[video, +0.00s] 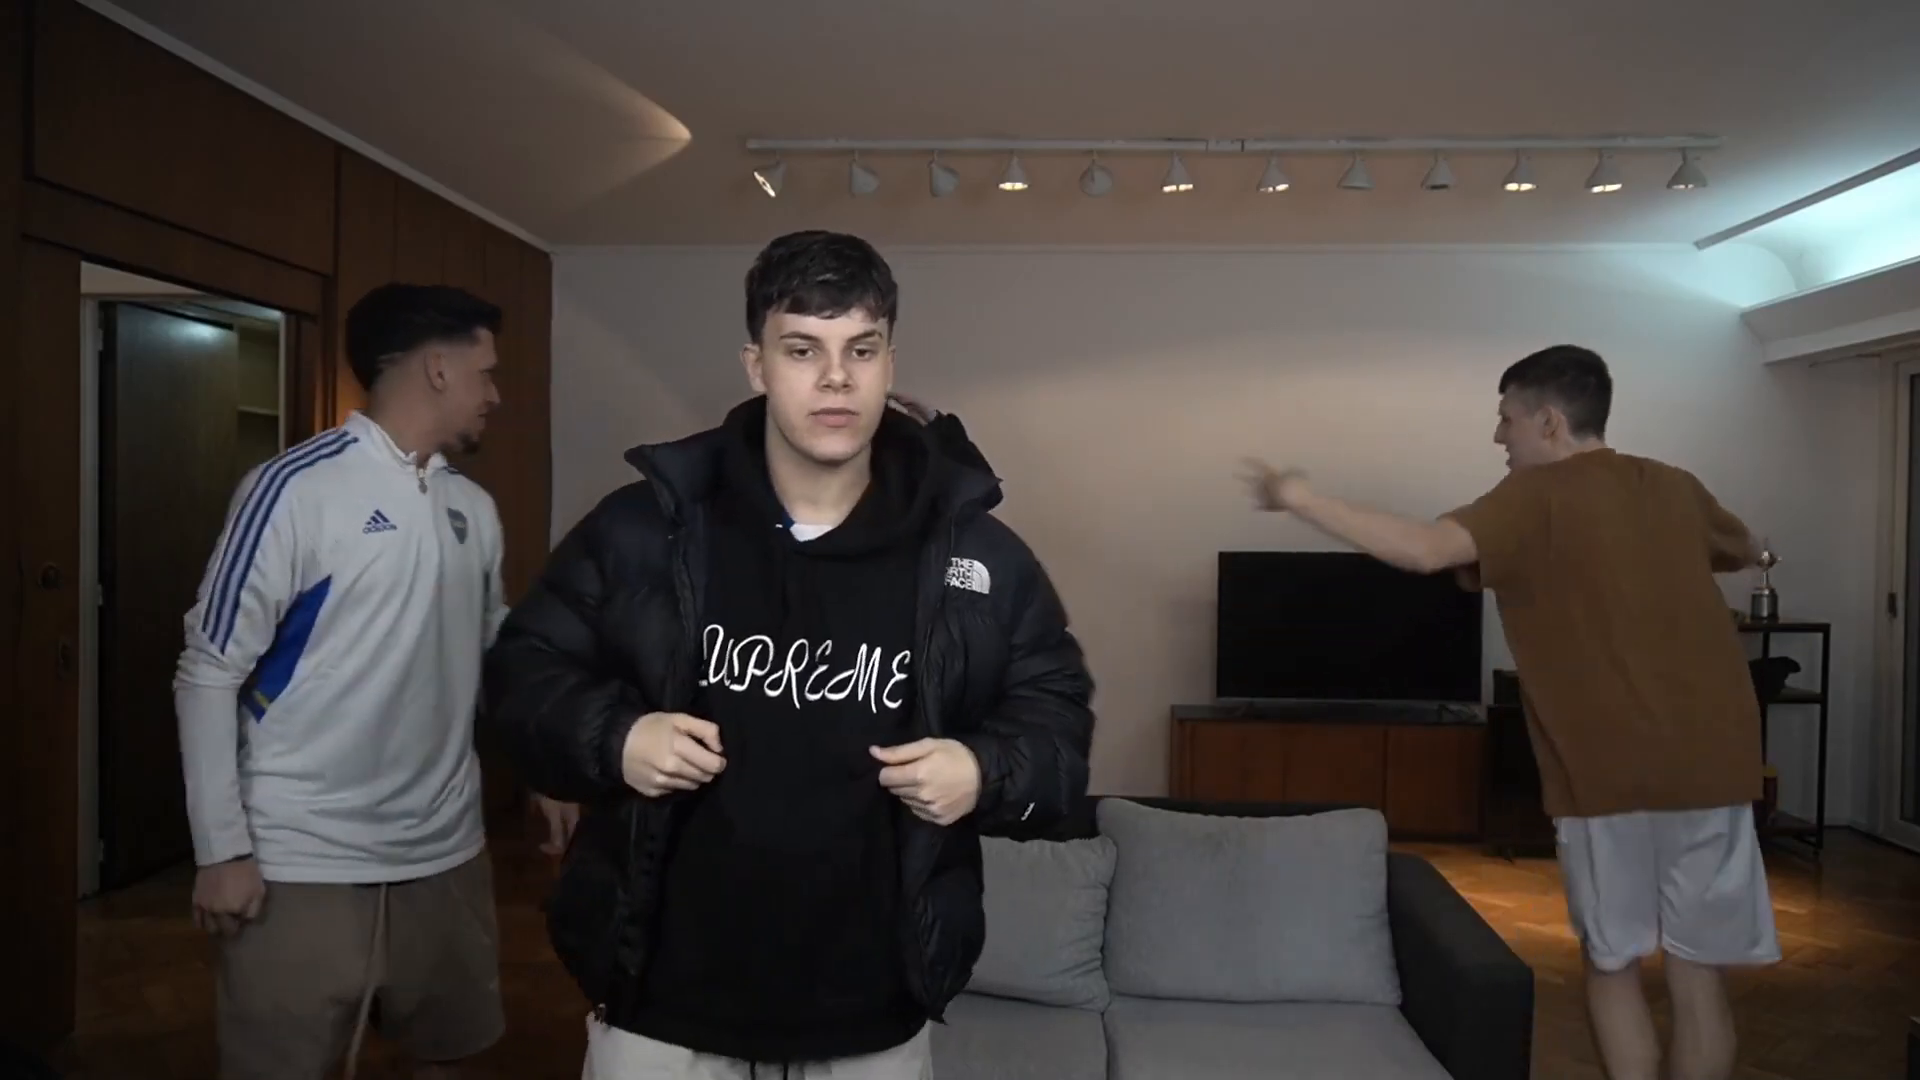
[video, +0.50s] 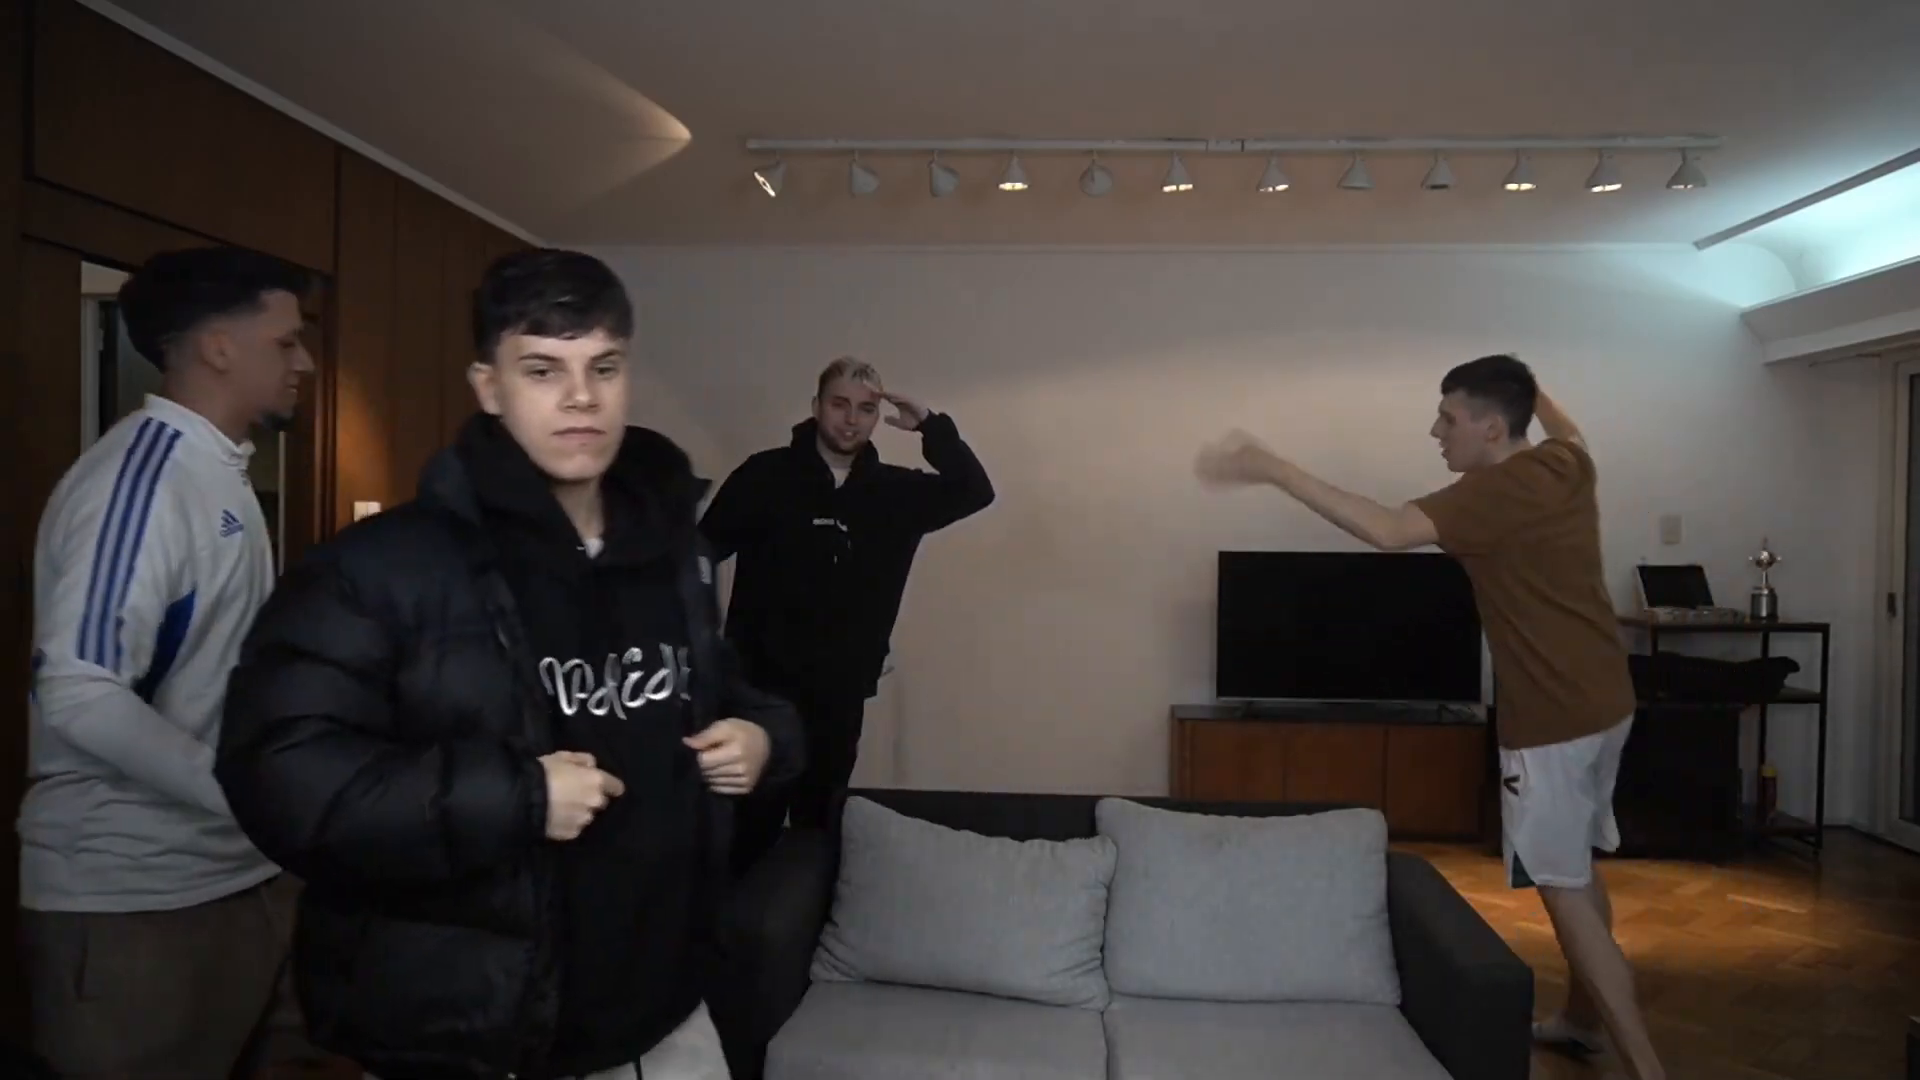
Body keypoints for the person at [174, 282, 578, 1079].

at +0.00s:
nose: (499, 398)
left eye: (496, 376)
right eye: (487, 375)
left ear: (432, 373)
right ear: (431, 371)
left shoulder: (475, 511)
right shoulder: (292, 491)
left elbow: (496, 654)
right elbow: (206, 671)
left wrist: (546, 771)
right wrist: (222, 850)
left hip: (448, 861)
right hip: (304, 870)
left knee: (450, 1059)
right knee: (288, 1066)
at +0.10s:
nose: (460, 395)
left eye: (459, 374)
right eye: (451, 370)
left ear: (402, 371)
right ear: (398, 367)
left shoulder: (425, 506)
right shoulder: (271, 490)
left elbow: (446, 659)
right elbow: (196, 687)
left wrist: (530, 777)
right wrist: (242, 869)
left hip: (415, 872)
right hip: (288, 890)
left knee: (427, 1059)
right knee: (258, 1069)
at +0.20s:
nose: (418, 394)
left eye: (416, 372)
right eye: (409, 369)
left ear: (352, 365)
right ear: (352, 362)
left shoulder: (366, 503)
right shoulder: (236, 488)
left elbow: (372, 671)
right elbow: (185, 701)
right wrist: (267, 878)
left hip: (370, 876)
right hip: (237, 901)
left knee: (395, 1063)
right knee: (231, 1070)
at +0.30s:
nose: (374, 386)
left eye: (372, 364)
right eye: (365, 361)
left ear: (307, 359)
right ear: (309, 356)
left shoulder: (286, 482)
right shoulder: (208, 484)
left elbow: (272, 700)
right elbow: (167, 709)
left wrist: (333, 852)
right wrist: (278, 879)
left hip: (311, 888)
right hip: (194, 911)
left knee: (348, 1064)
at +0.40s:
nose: (337, 378)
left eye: (335, 356)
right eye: (326, 354)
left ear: (264, 357)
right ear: (265, 354)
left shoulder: (243, 478)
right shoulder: (176, 481)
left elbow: (236, 697)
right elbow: (128, 707)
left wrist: (292, 845)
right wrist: (280, 856)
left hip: (229, 903)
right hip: (151, 918)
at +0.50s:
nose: (305, 366)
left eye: (301, 344)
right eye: (286, 343)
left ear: (219, 350)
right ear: (217, 348)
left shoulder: (214, 470)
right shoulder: (142, 473)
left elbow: (209, 679)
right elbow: (79, 693)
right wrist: (257, 796)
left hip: (221, 889)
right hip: (135, 908)